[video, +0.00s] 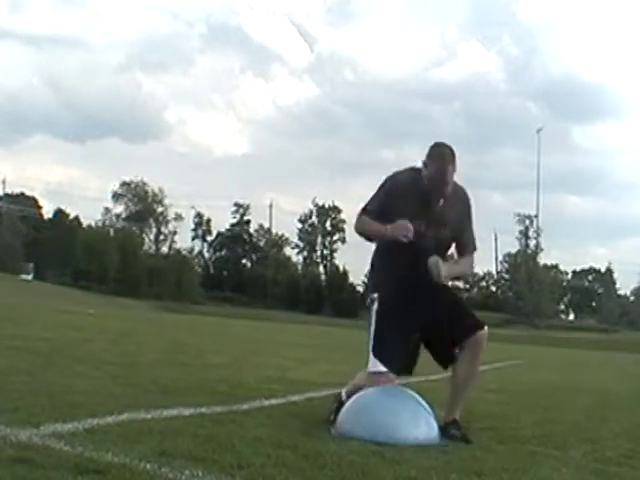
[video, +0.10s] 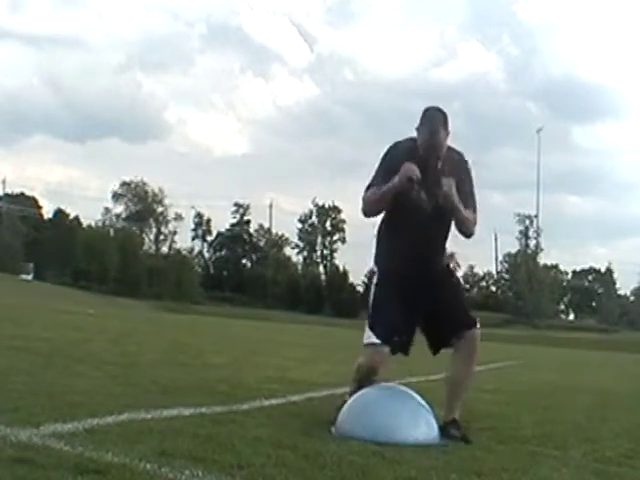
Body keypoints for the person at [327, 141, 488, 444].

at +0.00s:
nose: (440, 190)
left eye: (445, 184)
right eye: (435, 183)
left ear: (454, 175)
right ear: (423, 171)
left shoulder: (458, 199)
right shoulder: (400, 183)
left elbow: (467, 261)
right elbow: (361, 223)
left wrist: (448, 269)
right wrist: (387, 230)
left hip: (430, 285)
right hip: (391, 284)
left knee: (475, 337)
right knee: (386, 375)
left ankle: (451, 419)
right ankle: (346, 397)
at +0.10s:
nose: (434, 149)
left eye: (439, 142)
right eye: (428, 141)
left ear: (448, 137)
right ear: (417, 133)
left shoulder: (457, 165)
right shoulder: (399, 154)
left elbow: (469, 228)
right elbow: (368, 207)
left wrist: (451, 200)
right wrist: (397, 183)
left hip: (434, 270)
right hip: (393, 268)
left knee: (468, 336)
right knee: (374, 359)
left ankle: (451, 419)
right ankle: (353, 408)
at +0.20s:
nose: (426, 117)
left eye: (431, 109)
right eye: (420, 110)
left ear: (441, 106)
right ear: (410, 106)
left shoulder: (453, 134)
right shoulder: (393, 128)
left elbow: (469, 194)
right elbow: (367, 180)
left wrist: (450, 152)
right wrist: (394, 142)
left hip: (435, 249)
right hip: (393, 248)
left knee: (460, 331)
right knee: (370, 334)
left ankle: (453, 418)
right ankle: (362, 410)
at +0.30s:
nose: (419, 102)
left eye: (424, 95)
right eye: (414, 96)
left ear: (436, 91)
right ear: (405, 92)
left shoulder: (449, 121)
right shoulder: (389, 118)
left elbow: (467, 179)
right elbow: (362, 165)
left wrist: (445, 134)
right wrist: (387, 127)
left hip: (433, 242)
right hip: (391, 240)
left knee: (447, 330)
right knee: (370, 329)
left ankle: (461, 415)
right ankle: (359, 405)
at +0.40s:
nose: (417, 90)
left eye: (422, 84)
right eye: (411, 84)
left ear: (432, 85)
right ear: (403, 86)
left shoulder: (449, 118)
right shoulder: (390, 116)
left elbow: (465, 174)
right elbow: (362, 161)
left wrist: (443, 130)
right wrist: (383, 121)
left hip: (431, 241)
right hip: (389, 238)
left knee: (442, 333)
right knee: (371, 328)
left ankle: (455, 417)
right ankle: (359, 408)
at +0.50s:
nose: (414, 96)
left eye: (418, 88)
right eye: (408, 90)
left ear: (431, 84)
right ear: (401, 88)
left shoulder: (450, 115)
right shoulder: (391, 115)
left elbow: (466, 168)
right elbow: (362, 159)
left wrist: (441, 124)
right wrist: (383, 120)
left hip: (432, 241)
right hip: (389, 238)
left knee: (443, 333)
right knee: (373, 329)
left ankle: (456, 417)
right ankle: (360, 408)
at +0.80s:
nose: (394, 101)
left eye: (399, 94)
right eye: (390, 95)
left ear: (414, 86)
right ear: (387, 92)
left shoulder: (438, 118)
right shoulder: (389, 119)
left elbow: (458, 173)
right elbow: (376, 170)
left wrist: (423, 157)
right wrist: (371, 144)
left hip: (425, 240)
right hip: (389, 237)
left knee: (436, 337)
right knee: (365, 325)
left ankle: (456, 419)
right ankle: (357, 407)